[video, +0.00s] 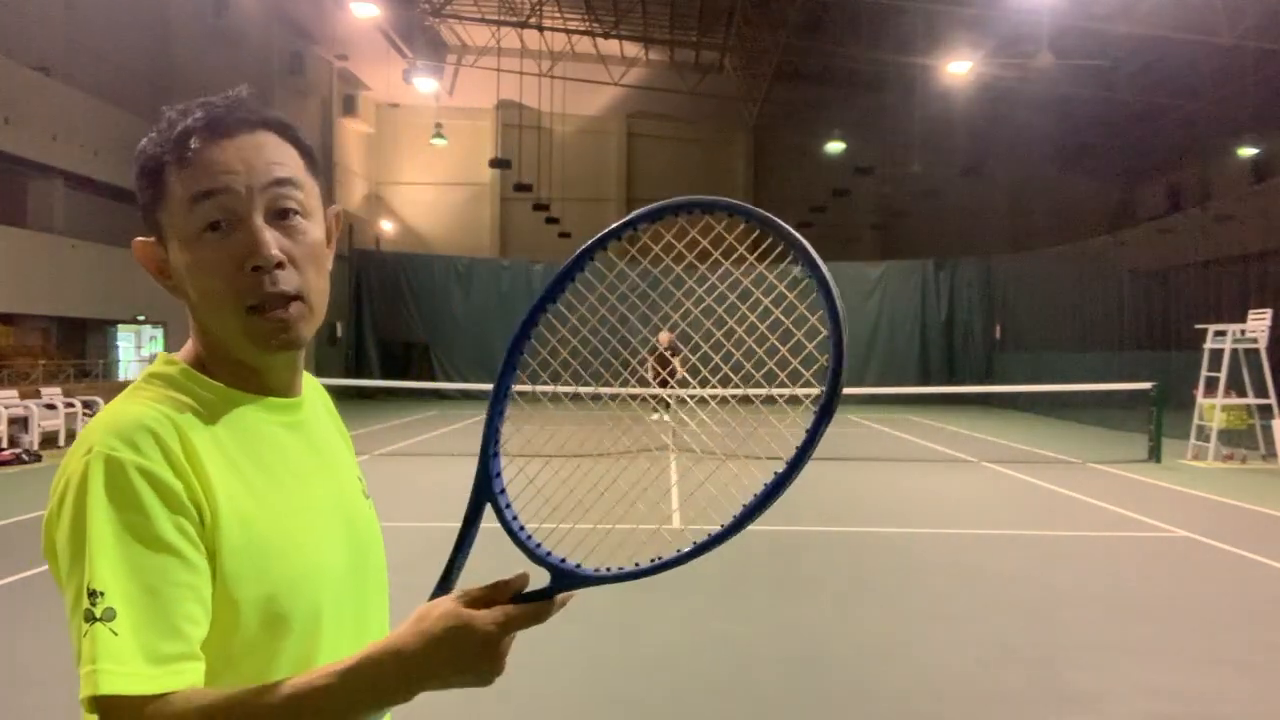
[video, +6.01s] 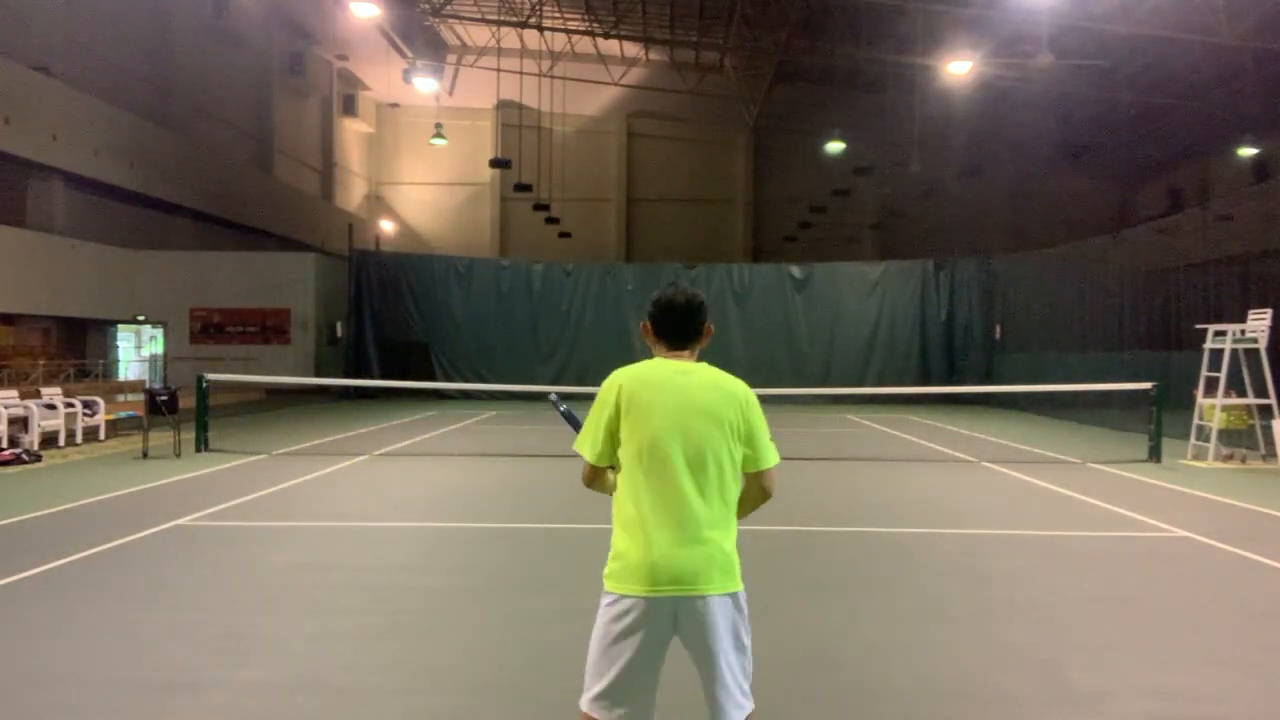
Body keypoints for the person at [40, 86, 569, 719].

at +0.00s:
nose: (266, 251)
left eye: (285, 213)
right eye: (217, 223)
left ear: (329, 235)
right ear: (161, 265)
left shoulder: (309, 405)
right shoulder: (131, 453)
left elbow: (311, 643)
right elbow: (139, 705)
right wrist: (402, 668)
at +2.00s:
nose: (478, 309)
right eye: (480, 291)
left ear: (357, 290)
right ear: (468, 294)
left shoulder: (286, 407)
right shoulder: (425, 411)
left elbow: (246, 592)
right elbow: (390, 628)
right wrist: (482, 713)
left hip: (260, 707)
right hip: (364, 709)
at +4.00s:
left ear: (589, 320)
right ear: (653, 322)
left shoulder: (565, 388)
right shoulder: (688, 393)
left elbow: (525, 487)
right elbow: (716, 500)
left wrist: (517, 526)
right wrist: (680, 540)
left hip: (580, 607)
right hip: (664, 607)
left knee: (569, 714)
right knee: (664, 715)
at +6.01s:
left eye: (647, 327)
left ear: (647, 332)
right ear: (706, 334)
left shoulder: (622, 383)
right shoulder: (736, 392)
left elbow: (593, 476)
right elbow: (762, 485)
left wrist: (636, 484)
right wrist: (717, 513)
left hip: (635, 576)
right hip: (713, 577)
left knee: (604, 707)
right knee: (732, 707)